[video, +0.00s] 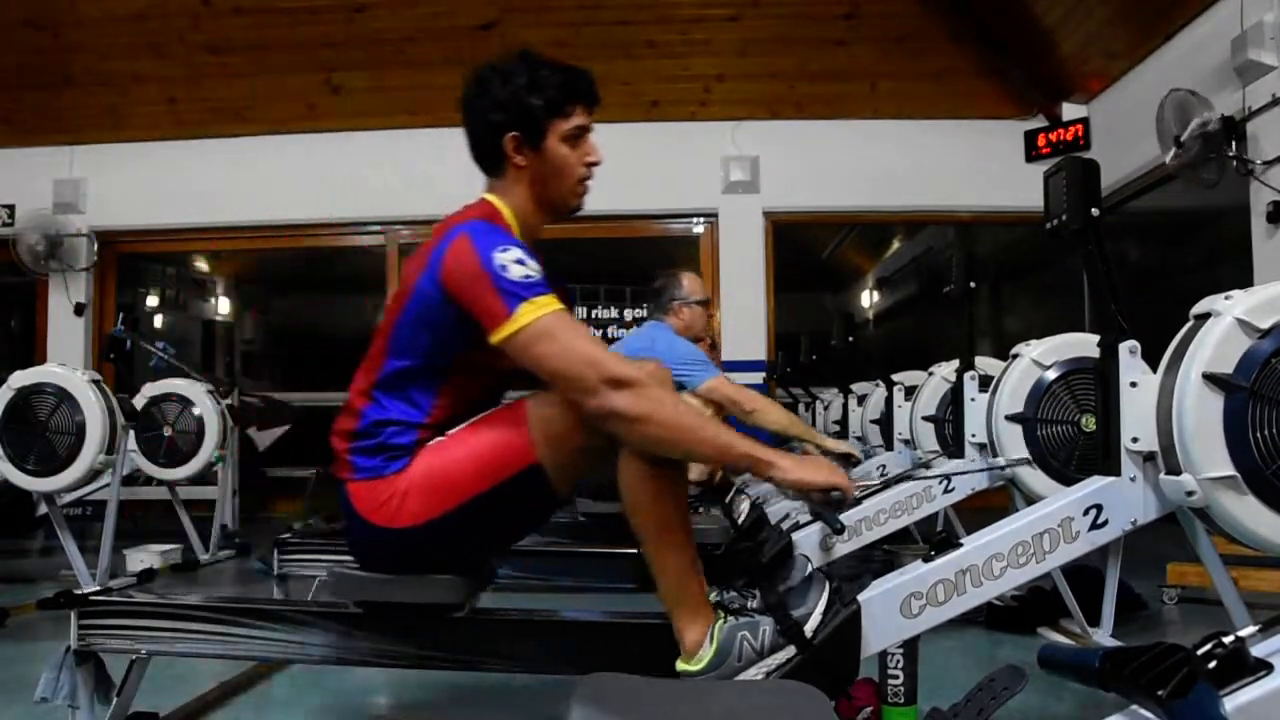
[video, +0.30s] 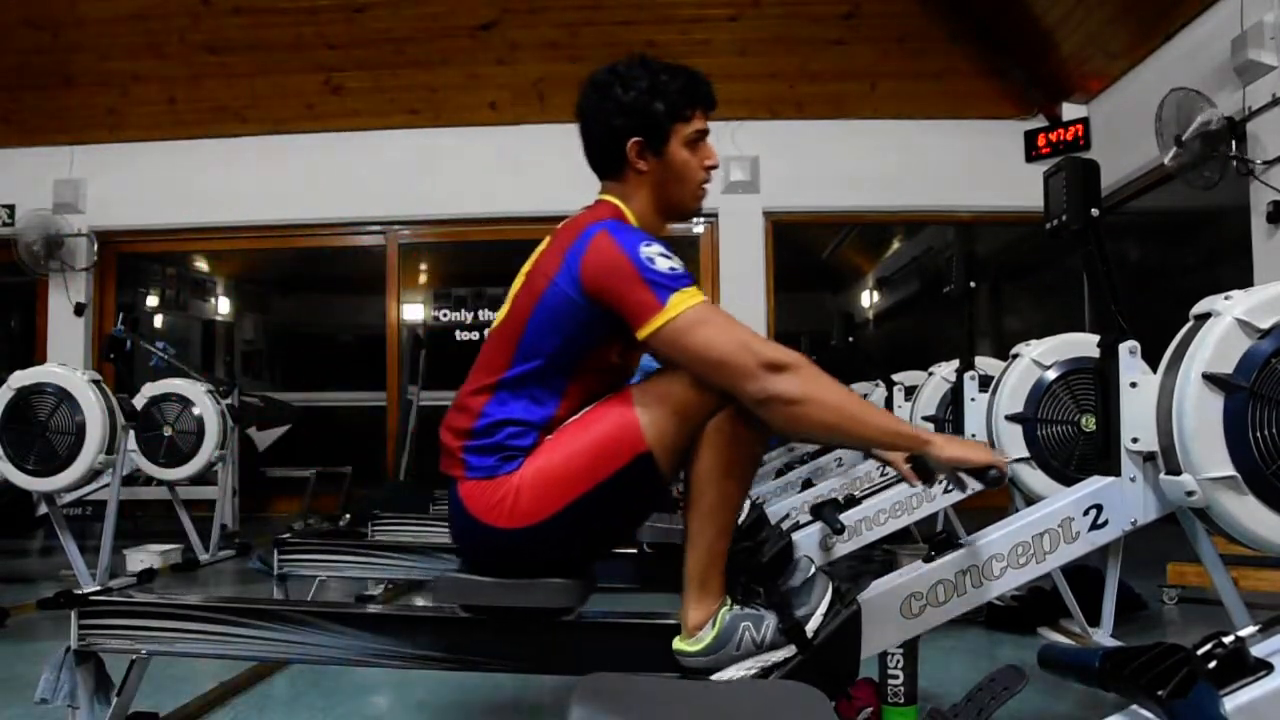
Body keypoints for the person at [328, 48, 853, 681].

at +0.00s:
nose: (594, 157)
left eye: (591, 138)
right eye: (577, 139)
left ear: (524, 154)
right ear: (519, 151)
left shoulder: (496, 244)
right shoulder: (480, 247)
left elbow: (602, 377)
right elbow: (614, 389)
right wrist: (772, 463)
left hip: (419, 484)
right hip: (392, 500)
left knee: (632, 386)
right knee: (632, 399)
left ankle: (700, 623)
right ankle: (700, 642)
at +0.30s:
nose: (713, 161)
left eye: (709, 142)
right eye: (697, 143)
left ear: (644, 155)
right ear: (640, 154)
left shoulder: (624, 243)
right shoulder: (609, 247)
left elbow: (770, 363)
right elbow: (768, 383)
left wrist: (890, 439)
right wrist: (925, 441)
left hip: (525, 499)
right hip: (503, 510)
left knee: (733, 374)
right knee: (730, 383)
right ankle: (703, 622)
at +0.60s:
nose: (686, 151)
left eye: (682, 133)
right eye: (670, 134)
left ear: (618, 149)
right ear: (615, 148)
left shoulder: (607, 235)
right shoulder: (591, 240)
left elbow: (754, 344)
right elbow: (753, 367)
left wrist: (874, 408)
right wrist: (912, 411)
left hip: (507, 489)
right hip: (487, 503)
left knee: (715, 366)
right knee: (713, 379)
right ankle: (702, 625)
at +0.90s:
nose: (434, 118)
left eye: (429, 101)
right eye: (411, 101)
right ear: (354, 117)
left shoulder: (385, 226)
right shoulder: (344, 214)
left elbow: (492, 359)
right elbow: (476, 338)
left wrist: (638, 373)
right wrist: (644, 367)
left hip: (337, 469)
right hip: (293, 483)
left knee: (564, 421)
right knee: (552, 433)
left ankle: (695, 615)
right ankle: (703, 639)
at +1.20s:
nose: (179, 150)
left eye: (178, 134)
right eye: (158, 134)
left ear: (162, 149)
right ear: (95, 149)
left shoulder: (189, 272)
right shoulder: (79, 247)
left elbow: (274, 380)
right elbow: (147, 367)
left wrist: (379, 346)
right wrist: (325, 334)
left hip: (250, 459)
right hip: (192, 477)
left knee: (469, 524)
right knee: (444, 531)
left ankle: (704, 629)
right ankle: (704, 642)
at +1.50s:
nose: (134, 170)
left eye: (132, 155)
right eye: (112, 157)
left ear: (106, 171)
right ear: (52, 174)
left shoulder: (126, 278)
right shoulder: (36, 279)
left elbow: (157, 406)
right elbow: (5, 443)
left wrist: (234, 397)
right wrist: (120, 427)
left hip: (221, 467)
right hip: (176, 491)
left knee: (456, 530)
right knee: (432, 539)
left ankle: (701, 623)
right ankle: (694, 641)